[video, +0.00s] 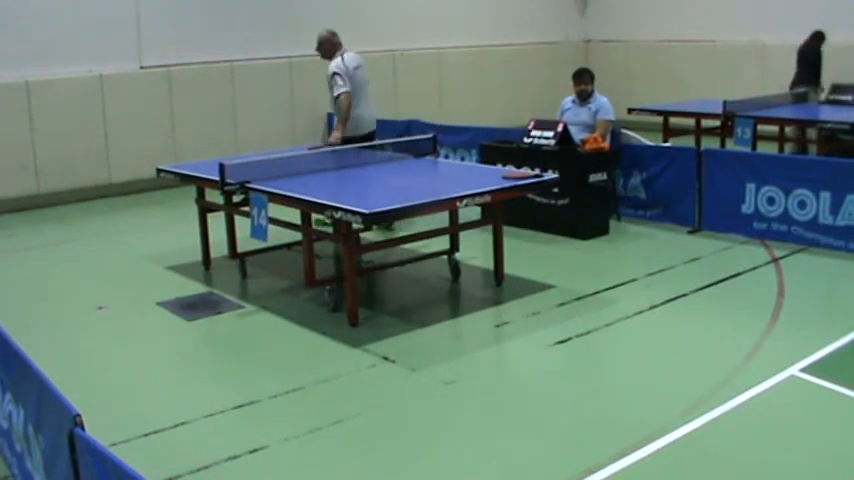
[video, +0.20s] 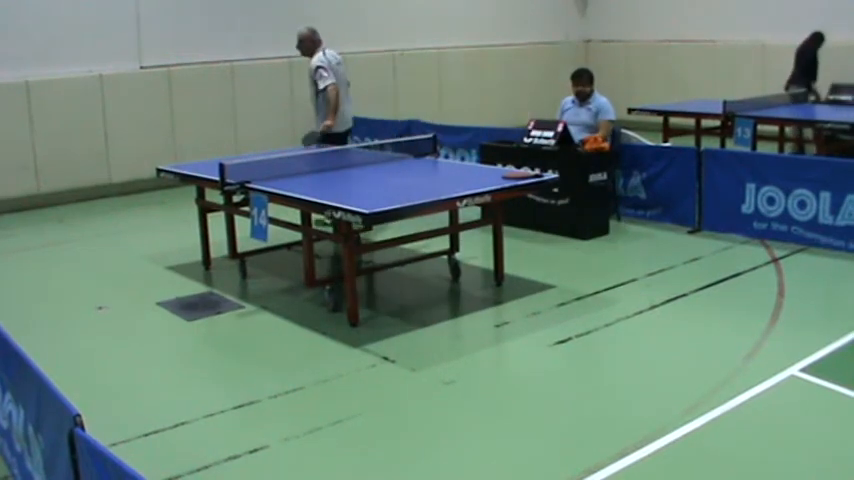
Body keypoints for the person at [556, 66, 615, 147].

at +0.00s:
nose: (582, 88)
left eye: (586, 84)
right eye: (578, 85)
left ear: (592, 85)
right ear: (573, 86)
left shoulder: (602, 103)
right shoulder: (566, 103)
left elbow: (601, 135)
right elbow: (560, 127)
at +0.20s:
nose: (580, 89)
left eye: (584, 86)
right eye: (576, 86)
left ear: (591, 86)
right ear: (572, 87)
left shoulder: (602, 104)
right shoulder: (566, 103)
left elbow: (604, 134)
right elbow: (560, 126)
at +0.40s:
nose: (576, 91)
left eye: (580, 88)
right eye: (574, 87)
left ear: (590, 87)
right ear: (570, 87)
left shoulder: (602, 103)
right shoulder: (566, 103)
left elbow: (606, 133)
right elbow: (559, 126)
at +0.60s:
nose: (575, 91)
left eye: (579, 87)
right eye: (572, 87)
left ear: (588, 87)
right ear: (569, 87)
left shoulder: (601, 104)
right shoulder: (565, 103)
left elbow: (602, 133)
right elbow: (559, 126)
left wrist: (583, 134)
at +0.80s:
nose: (572, 92)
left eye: (576, 89)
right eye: (570, 88)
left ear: (586, 88)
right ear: (568, 88)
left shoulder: (601, 103)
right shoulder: (566, 102)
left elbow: (601, 134)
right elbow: (559, 127)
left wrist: (580, 133)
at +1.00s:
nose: (569, 93)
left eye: (572, 89)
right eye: (567, 90)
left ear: (584, 88)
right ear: (565, 89)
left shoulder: (600, 103)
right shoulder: (565, 102)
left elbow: (602, 132)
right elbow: (556, 124)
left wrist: (581, 127)